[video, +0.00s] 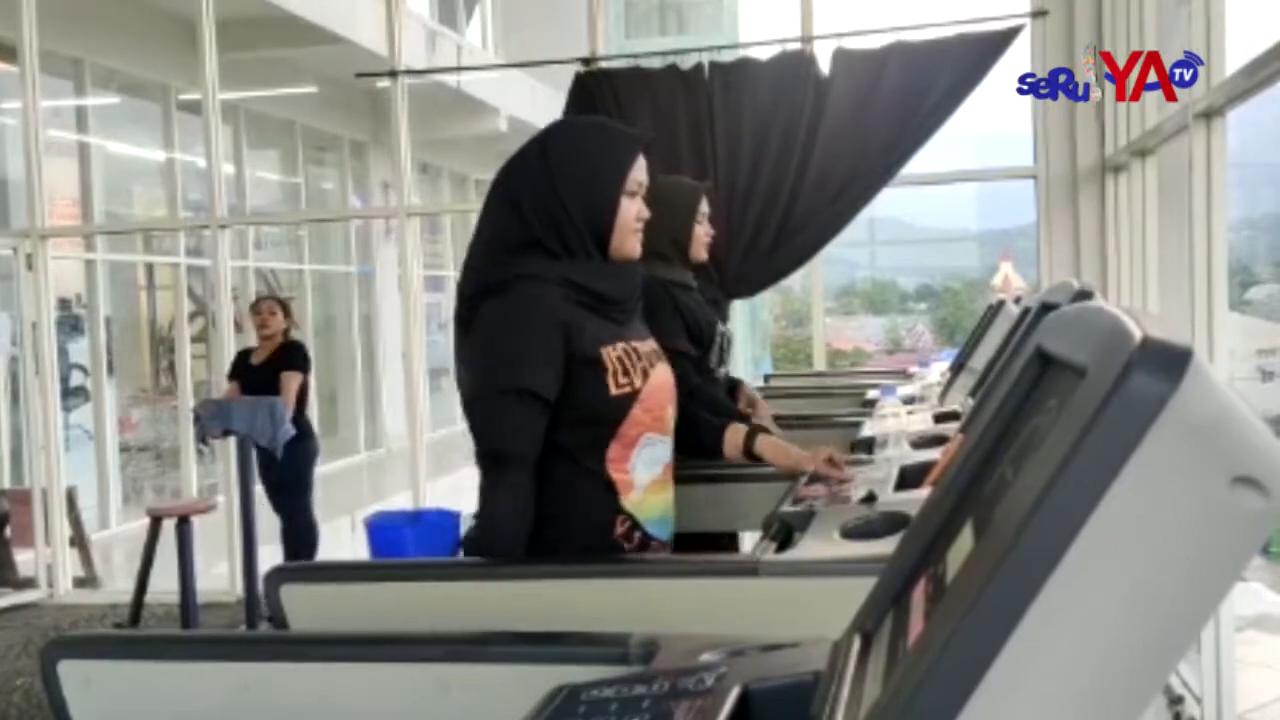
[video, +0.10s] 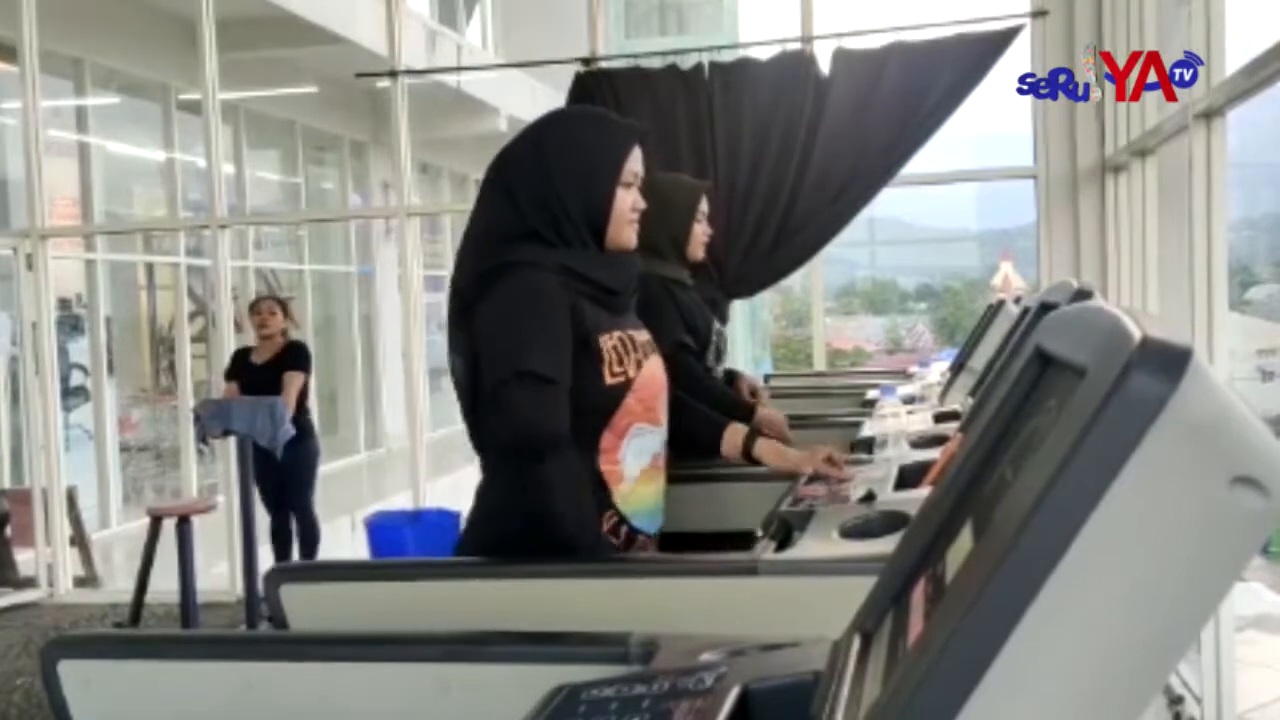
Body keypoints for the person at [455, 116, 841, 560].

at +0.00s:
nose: (645, 211)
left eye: (643, 195)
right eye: (632, 194)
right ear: (583, 195)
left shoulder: (610, 297)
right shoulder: (526, 307)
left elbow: (668, 411)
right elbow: (507, 473)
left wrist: (784, 455)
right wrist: (486, 600)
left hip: (633, 558)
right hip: (564, 571)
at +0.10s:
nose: (640, 202)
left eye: (638, 186)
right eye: (627, 185)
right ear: (577, 184)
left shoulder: (600, 284)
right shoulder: (528, 291)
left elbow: (654, 404)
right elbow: (535, 455)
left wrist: (769, 452)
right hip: (543, 566)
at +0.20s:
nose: (638, 203)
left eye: (635, 186)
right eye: (624, 185)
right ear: (574, 185)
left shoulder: (594, 286)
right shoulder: (529, 289)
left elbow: (645, 404)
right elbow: (564, 435)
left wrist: (760, 444)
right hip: (533, 567)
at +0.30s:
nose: (635, 211)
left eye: (633, 194)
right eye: (620, 194)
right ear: (571, 194)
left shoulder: (595, 295)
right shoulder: (530, 297)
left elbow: (649, 410)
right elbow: (583, 432)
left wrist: (763, 440)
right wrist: (715, 502)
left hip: (597, 558)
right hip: (533, 572)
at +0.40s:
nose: (634, 217)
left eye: (632, 199)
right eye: (621, 198)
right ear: (571, 197)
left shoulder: (586, 295)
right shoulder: (528, 301)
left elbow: (628, 417)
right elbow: (568, 441)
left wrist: (746, 435)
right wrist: (695, 507)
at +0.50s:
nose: (641, 203)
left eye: (639, 186)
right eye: (626, 185)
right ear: (577, 185)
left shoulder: (603, 282)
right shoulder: (530, 287)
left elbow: (640, 406)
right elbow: (536, 439)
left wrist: (746, 431)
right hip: (561, 564)